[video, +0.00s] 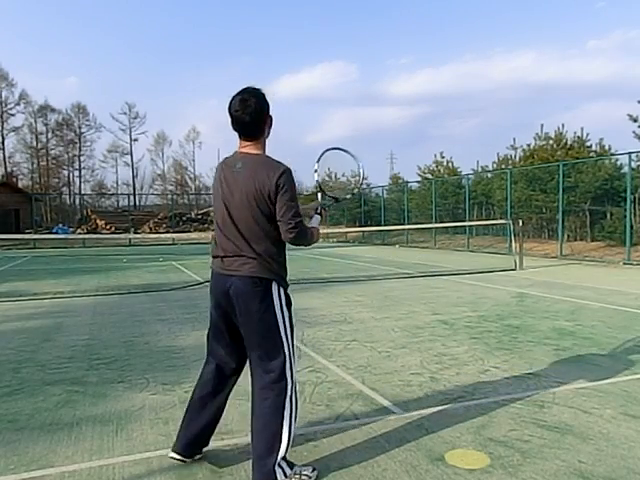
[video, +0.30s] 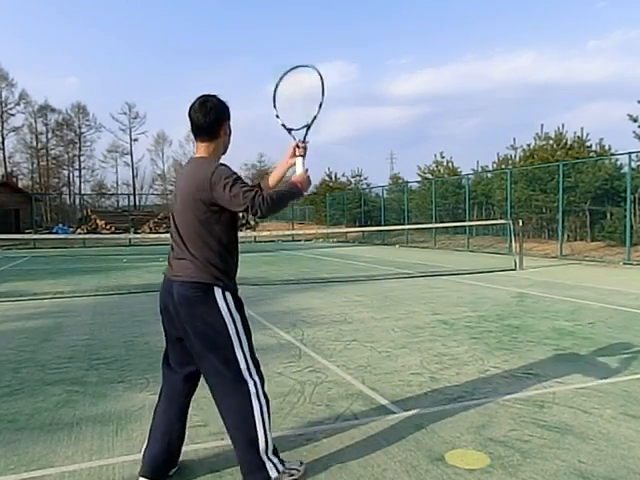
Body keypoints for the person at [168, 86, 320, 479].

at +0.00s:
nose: (271, 120)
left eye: (267, 114)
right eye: (270, 115)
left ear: (233, 125)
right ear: (268, 122)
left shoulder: (224, 169)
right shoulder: (276, 173)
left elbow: (234, 218)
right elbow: (291, 230)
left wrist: (288, 218)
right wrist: (313, 234)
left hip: (222, 281)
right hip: (260, 284)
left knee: (221, 362)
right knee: (273, 373)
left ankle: (187, 444)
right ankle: (272, 466)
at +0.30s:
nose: (231, 130)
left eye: (229, 124)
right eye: (231, 124)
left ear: (193, 132)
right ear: (225, 129)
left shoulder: (187, 173)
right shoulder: (215, 174)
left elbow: (247, 197)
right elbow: (258, 205)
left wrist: (283, 166)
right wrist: (296, 188)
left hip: (176, 289)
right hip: (209, 292)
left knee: (178, 378)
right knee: (243, 380)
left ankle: (156, 465)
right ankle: (265, 468)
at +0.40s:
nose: (225, 127)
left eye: (223, 121)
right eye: (224, 121)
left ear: (188, 122)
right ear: (219, 121)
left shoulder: (181, 162)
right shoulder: (199, 162)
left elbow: (241, 177)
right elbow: (245, 176)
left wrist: (273, 147)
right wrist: (286, 153)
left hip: (167, 280)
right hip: (194, 283)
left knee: (173, 375)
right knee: (226, 376)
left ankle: (154, 465)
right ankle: (214, 466)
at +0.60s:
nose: (216, 137)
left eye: (218, 133)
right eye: (216, 131)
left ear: (181, 129)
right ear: (207, 132)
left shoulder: (196, 174)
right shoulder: (180, 166)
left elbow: (248, 168)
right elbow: (208, 152)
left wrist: (281, 134)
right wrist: (245, 107)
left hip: (156, 287)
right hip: (179, 291)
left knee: (162, 364)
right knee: (196, 380)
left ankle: (111, 436)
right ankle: (170, 464)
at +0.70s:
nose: (215, 148)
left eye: (217, 143)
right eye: (210, 142)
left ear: (177, 144)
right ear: (198, 144)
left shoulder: (201, 185)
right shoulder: (168, 180)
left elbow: (248, 179)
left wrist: (293, 156)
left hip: (155, 300)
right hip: (170, 305)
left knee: (157, 369)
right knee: (207, 389)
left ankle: (89, 429)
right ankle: (174, 466)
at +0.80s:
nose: (214, 155)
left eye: (214, 147)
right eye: (209, 147)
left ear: (173, 150)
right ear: (195, 151)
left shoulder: (196, 190)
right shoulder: (166, 190)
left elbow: (246, 188)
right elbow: (167, 202)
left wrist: (293, 177)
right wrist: (204, 152)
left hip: (142, 304)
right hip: (160, 310)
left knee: (148, 365)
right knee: (204, 385)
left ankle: (85, 425)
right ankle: (175, 466)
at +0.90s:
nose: (203, 161)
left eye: (201, 156)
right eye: (200, 156)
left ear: (167, 158)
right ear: (189, 160)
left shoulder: (178, 196)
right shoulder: (161, 198)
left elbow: (224, 194)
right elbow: (149, 226)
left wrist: (281, 185)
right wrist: (180, 190)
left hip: (130, 306)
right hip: (153, 312)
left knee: (142, 362)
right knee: (198, 382)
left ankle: (81, 424)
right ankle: (174, 466)